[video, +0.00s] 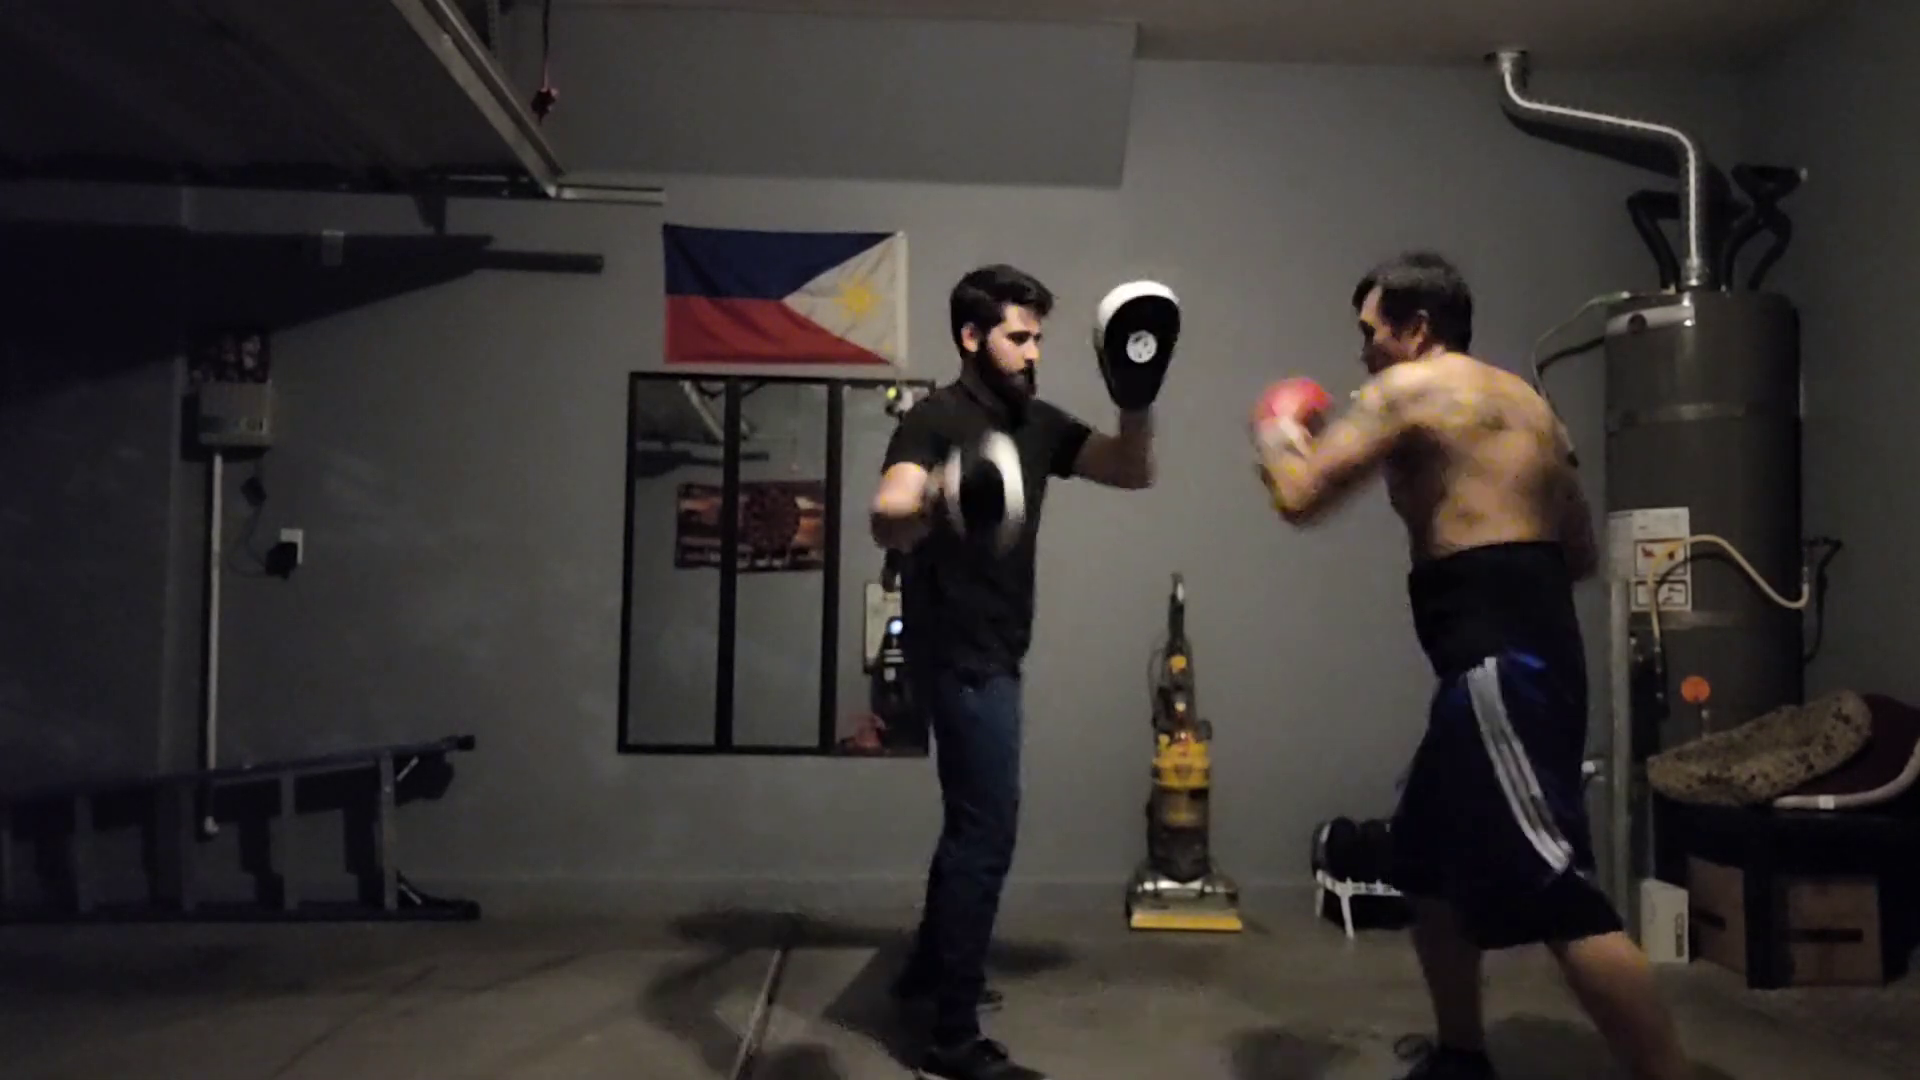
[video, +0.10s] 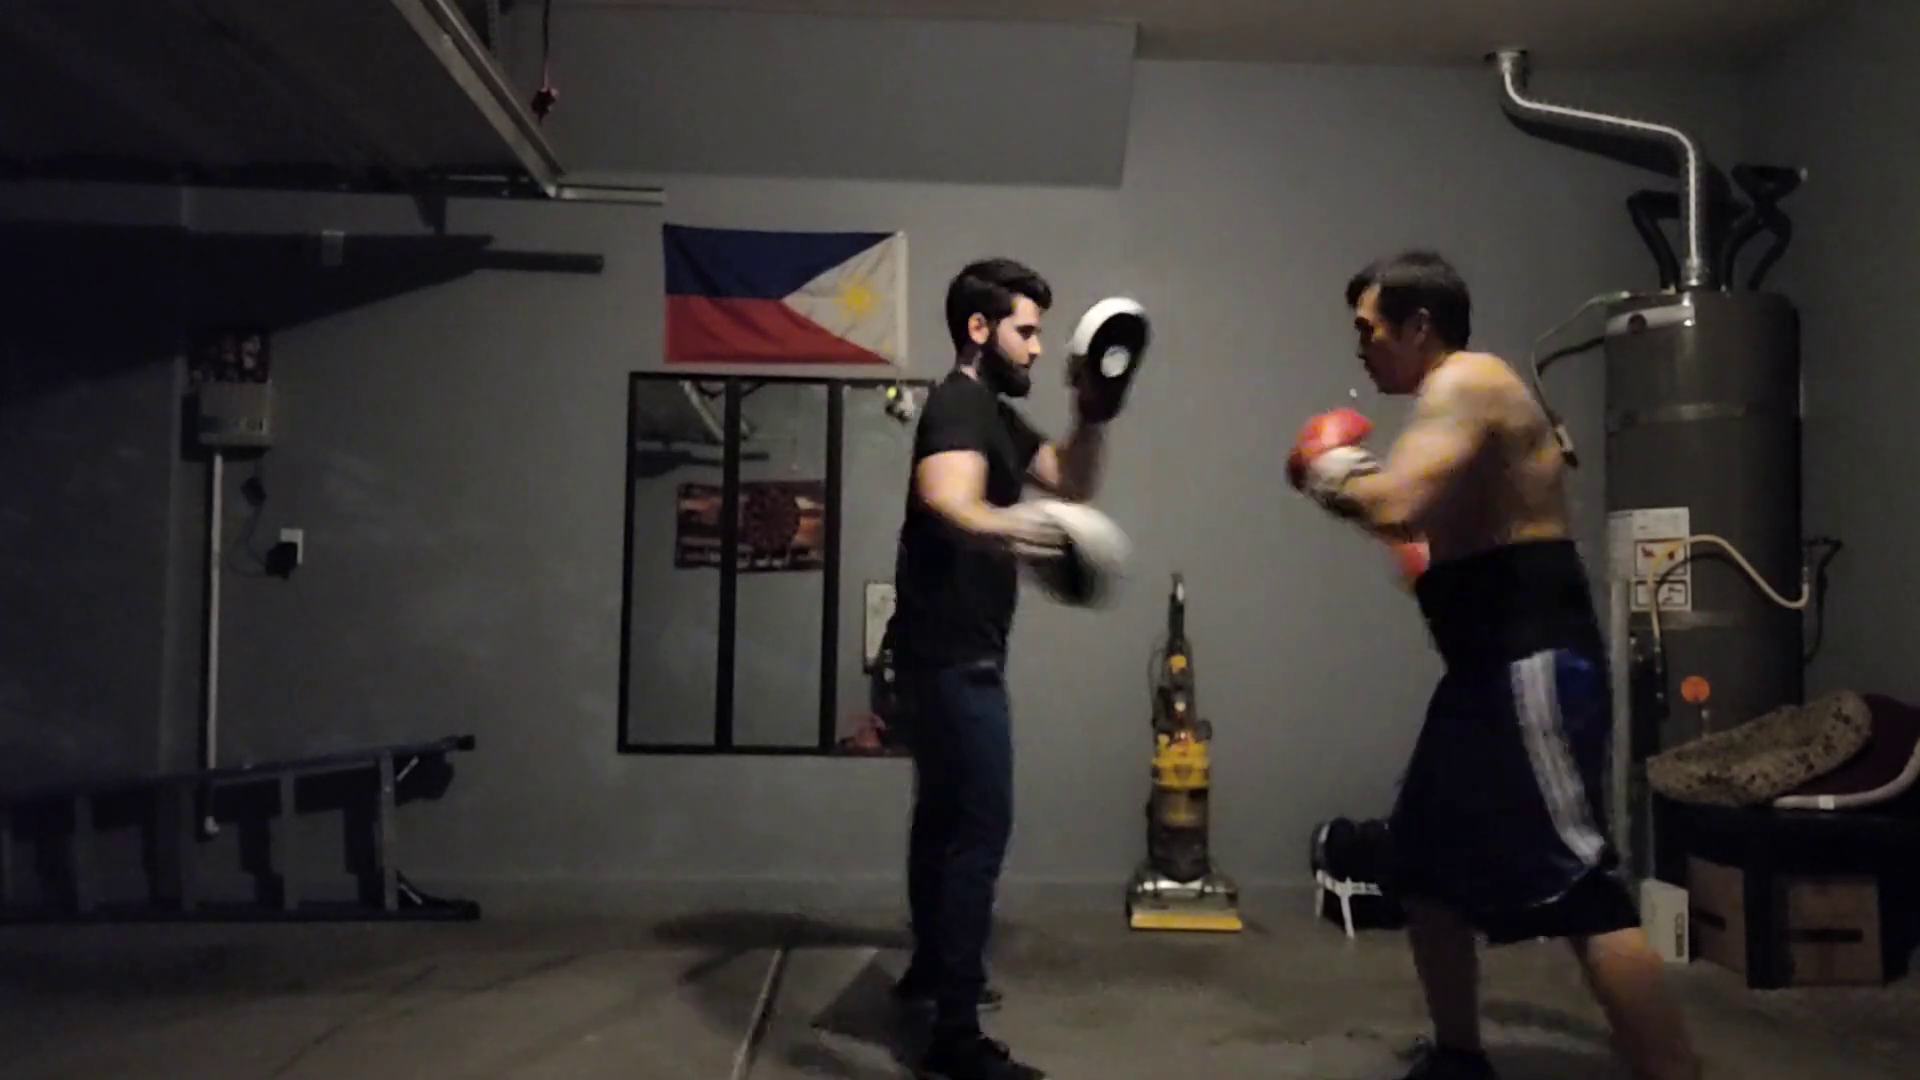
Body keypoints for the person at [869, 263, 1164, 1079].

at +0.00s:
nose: (1033, 353)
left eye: (1038, 338)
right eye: (1019, 338)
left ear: (1034, 340)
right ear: (973, 338)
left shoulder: (1035, 420)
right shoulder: (937, 417)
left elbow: (1131, 470)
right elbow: (888, 509)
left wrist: (1135, 395)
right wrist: (938, 492)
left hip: (997, 657)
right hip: (955, 657)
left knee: (979, 828)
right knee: (984, 837)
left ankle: (930, 978)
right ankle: (952, 1033)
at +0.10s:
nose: (1037, 346)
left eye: (1038, 332)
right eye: (1026, 331)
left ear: (992, 332)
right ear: (980, 329)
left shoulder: (993, 410)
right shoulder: (958, 401)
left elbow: (1065, 488)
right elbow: (947, 499)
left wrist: (1091, 417)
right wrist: (1034, 530)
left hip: (961, 660)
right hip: (951, 664)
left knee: (948, 824)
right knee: (978, 835)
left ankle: (936, 971)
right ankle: (952, 1033)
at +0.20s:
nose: (1028, 349)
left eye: (1029, 334)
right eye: (1019, 332)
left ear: (967, 333)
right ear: (973, 328)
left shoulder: (939, 399)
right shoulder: (976, 400)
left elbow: (1007, 484)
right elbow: (1053, 488)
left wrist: (1042, 423)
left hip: (911, 643)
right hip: (933, 651)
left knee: (920, 817)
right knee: (967, 826)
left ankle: (884, 974)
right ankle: (953, 1031)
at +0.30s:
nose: (1013, 347)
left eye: (1014, 333)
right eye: (1003, 331)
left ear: (951, 332)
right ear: (956, 327)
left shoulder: (917, 398)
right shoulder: (957, 400)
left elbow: (965, 477)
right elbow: (1011, 478)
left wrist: (1013, 422)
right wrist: (1119, 480)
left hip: (894, 647)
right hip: (929, 656)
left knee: (893, 807)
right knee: (964, 833)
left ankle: (800, 984)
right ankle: (954, 1034)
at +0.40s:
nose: (996, 348)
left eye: (998, 335)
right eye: (986, 332)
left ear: (935, 334)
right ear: (938, 329)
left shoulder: (908, 400)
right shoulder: (932, 396)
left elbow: (951, 485)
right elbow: (936, 473)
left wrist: (997, 428)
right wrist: (1042, 469)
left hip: (876, 649)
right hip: (920, 656)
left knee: (849, 816)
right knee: (970, 825)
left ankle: (785, 996)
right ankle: (949, 1032)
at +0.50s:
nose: (982, 351)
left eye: (984, 337)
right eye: (973, 334)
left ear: (915, 338)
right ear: (927, 329)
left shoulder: (879, 407)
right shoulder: (929, 394)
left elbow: (926, 479)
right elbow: (956, 458)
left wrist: (979, 418)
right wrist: (1044, 473)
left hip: (851, 653)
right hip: (906, 658)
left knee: (833, 823)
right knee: (955, 827)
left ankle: (779, 997)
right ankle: (931, 1037)